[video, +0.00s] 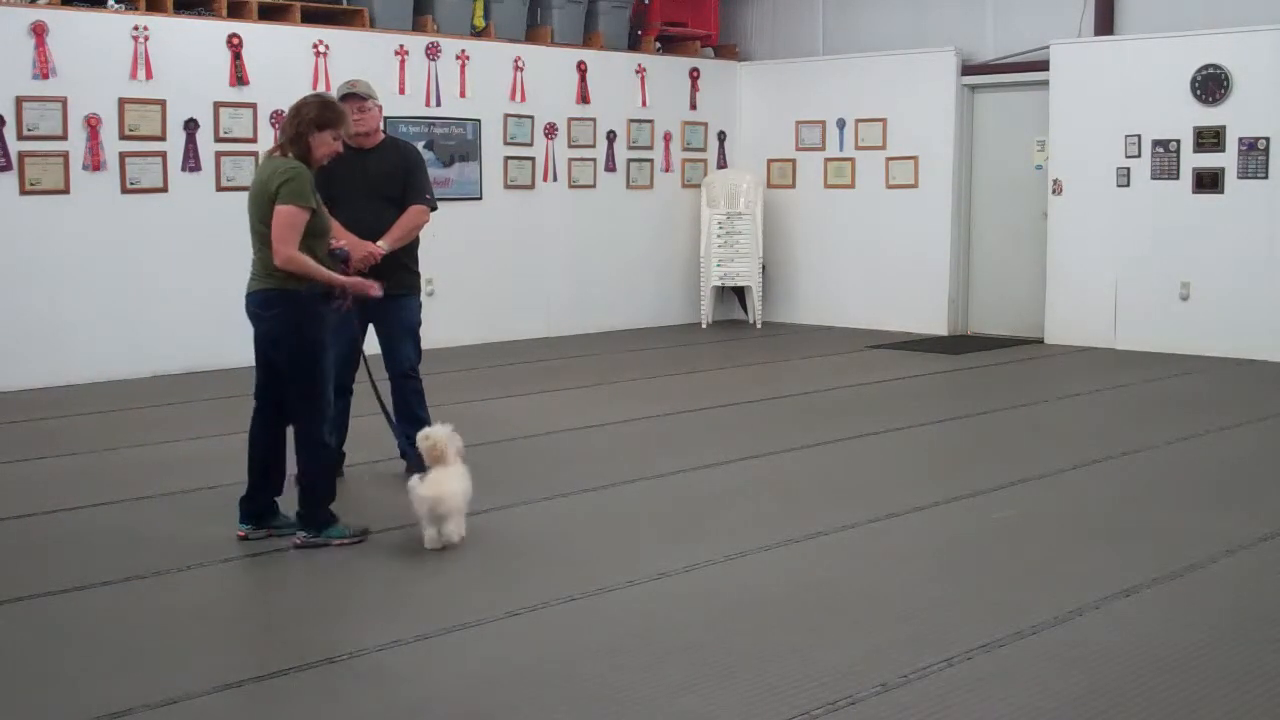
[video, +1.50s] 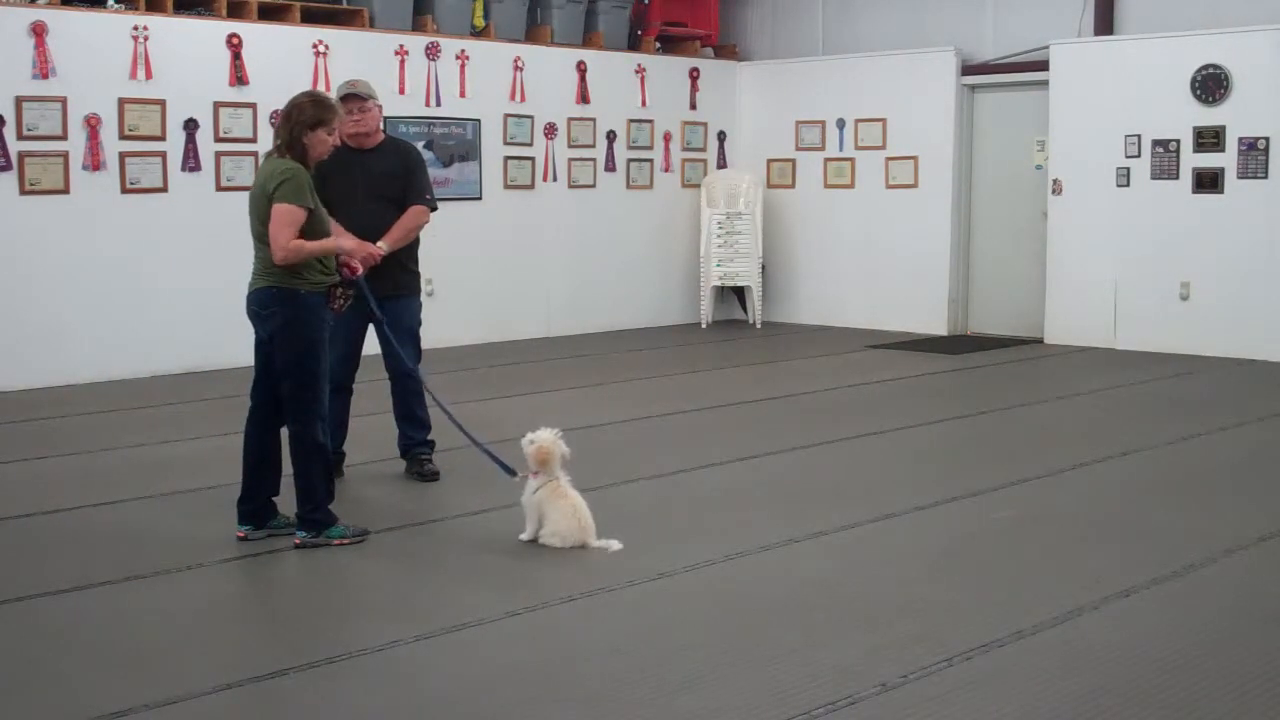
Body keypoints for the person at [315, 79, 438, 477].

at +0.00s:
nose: (361, 116)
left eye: (366, 109)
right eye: (353, 111)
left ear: (380, 112)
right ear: (341, 118)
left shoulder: (405, 154)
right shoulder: (327, 160)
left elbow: (421, 210)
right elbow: (313, 212)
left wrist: (375, 250)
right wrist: (351, 244)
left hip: (397, 285)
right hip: (342, 286)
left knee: (406, 372)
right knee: (336, 377)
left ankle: (415, 454)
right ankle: (329, 458)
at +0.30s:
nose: (360, 116)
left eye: (366, 108)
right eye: (353, 110)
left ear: (380, 112)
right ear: (341, 116)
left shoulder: (404, 154)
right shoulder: (327, 159)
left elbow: (421, 210)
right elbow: (312, 213)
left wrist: (377, 248)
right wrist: (349, 243)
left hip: (395, 286)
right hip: (342, 287)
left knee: (406, 373)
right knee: (336, 378)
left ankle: (418, 453)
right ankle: (330, 456)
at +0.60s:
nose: (361, 116)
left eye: (366, 109)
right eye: (353, 111)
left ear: (380, 111)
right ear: (341, 116)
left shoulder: (405, 154)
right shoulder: (327, 160)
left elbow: (420, 211)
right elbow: (316, 218)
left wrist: (376, 250)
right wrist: (351, 246)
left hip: (396, 286)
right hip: (343, 287)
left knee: (406, 371)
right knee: (336, 377)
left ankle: (418, 450)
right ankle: (330, 455)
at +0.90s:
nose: (360, 115)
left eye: (366, 108)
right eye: (353, 110)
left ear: (380, 112)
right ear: (340, 117)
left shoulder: (405, 154)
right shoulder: (327, 159)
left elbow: (421, 210)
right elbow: (314, 218)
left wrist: (379, 249)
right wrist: (349, 245)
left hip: (397, 283)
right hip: (343, 283)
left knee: (406, 371)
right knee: (336, 376)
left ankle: (418, 450)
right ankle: (330, 455)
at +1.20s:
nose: (357, 115)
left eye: (363, 108)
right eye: (350, 110)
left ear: (379, 112)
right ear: (339, 118)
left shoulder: (404, 153)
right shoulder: (325, 161)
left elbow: (421, 211)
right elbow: (313, 218)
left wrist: (376, 250)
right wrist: (351, 246)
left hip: (396, 284)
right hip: (343, 284)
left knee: (406, 371)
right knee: (335, 376)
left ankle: (418, 450)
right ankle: (330, 454)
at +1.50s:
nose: (358, 117)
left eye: (364, 109)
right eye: (350, 112)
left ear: (379, 112)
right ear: (338, 118)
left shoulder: (404, 153)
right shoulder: (324, 160)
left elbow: (420, 210)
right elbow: (311, 214)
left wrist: (377, 250)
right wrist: (349, 245)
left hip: (396, 283)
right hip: (342, 283)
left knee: (406, 371)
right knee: (335, 376)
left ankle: (418, 450)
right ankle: (330, 455)